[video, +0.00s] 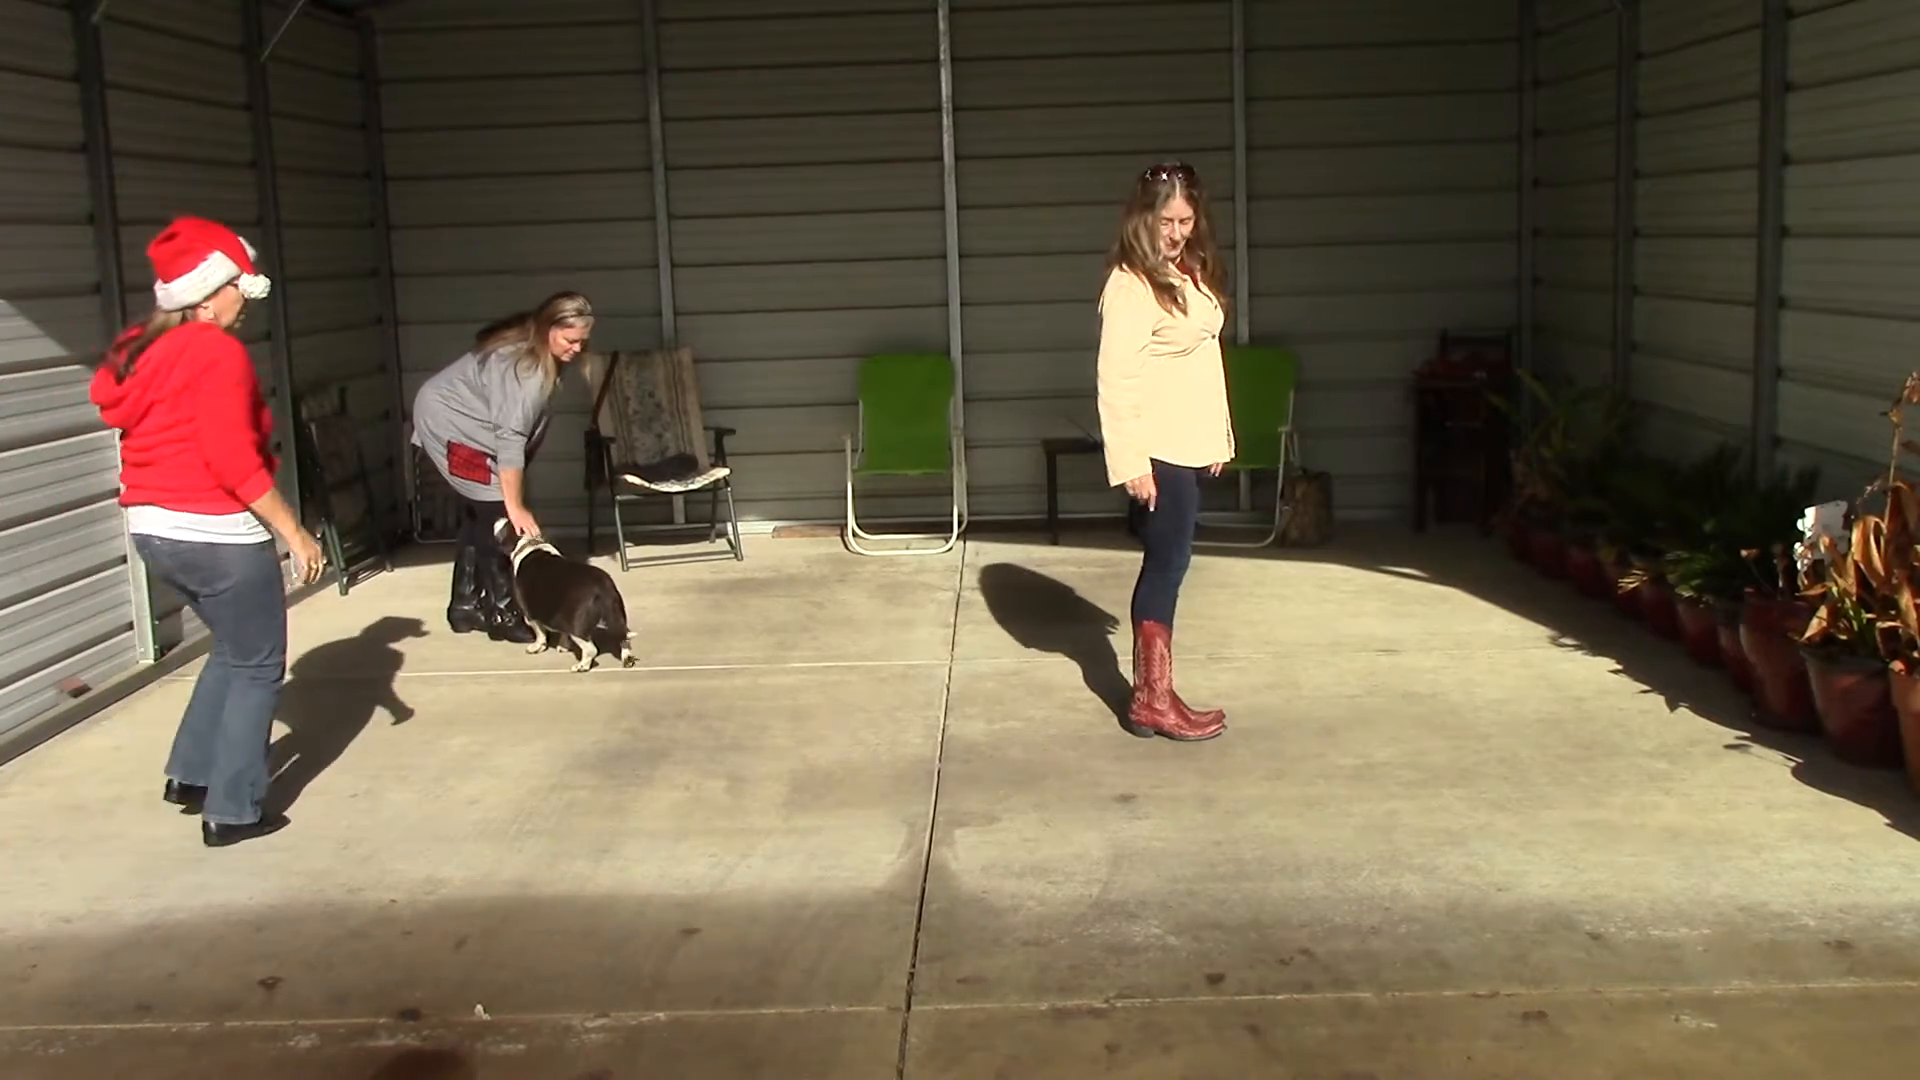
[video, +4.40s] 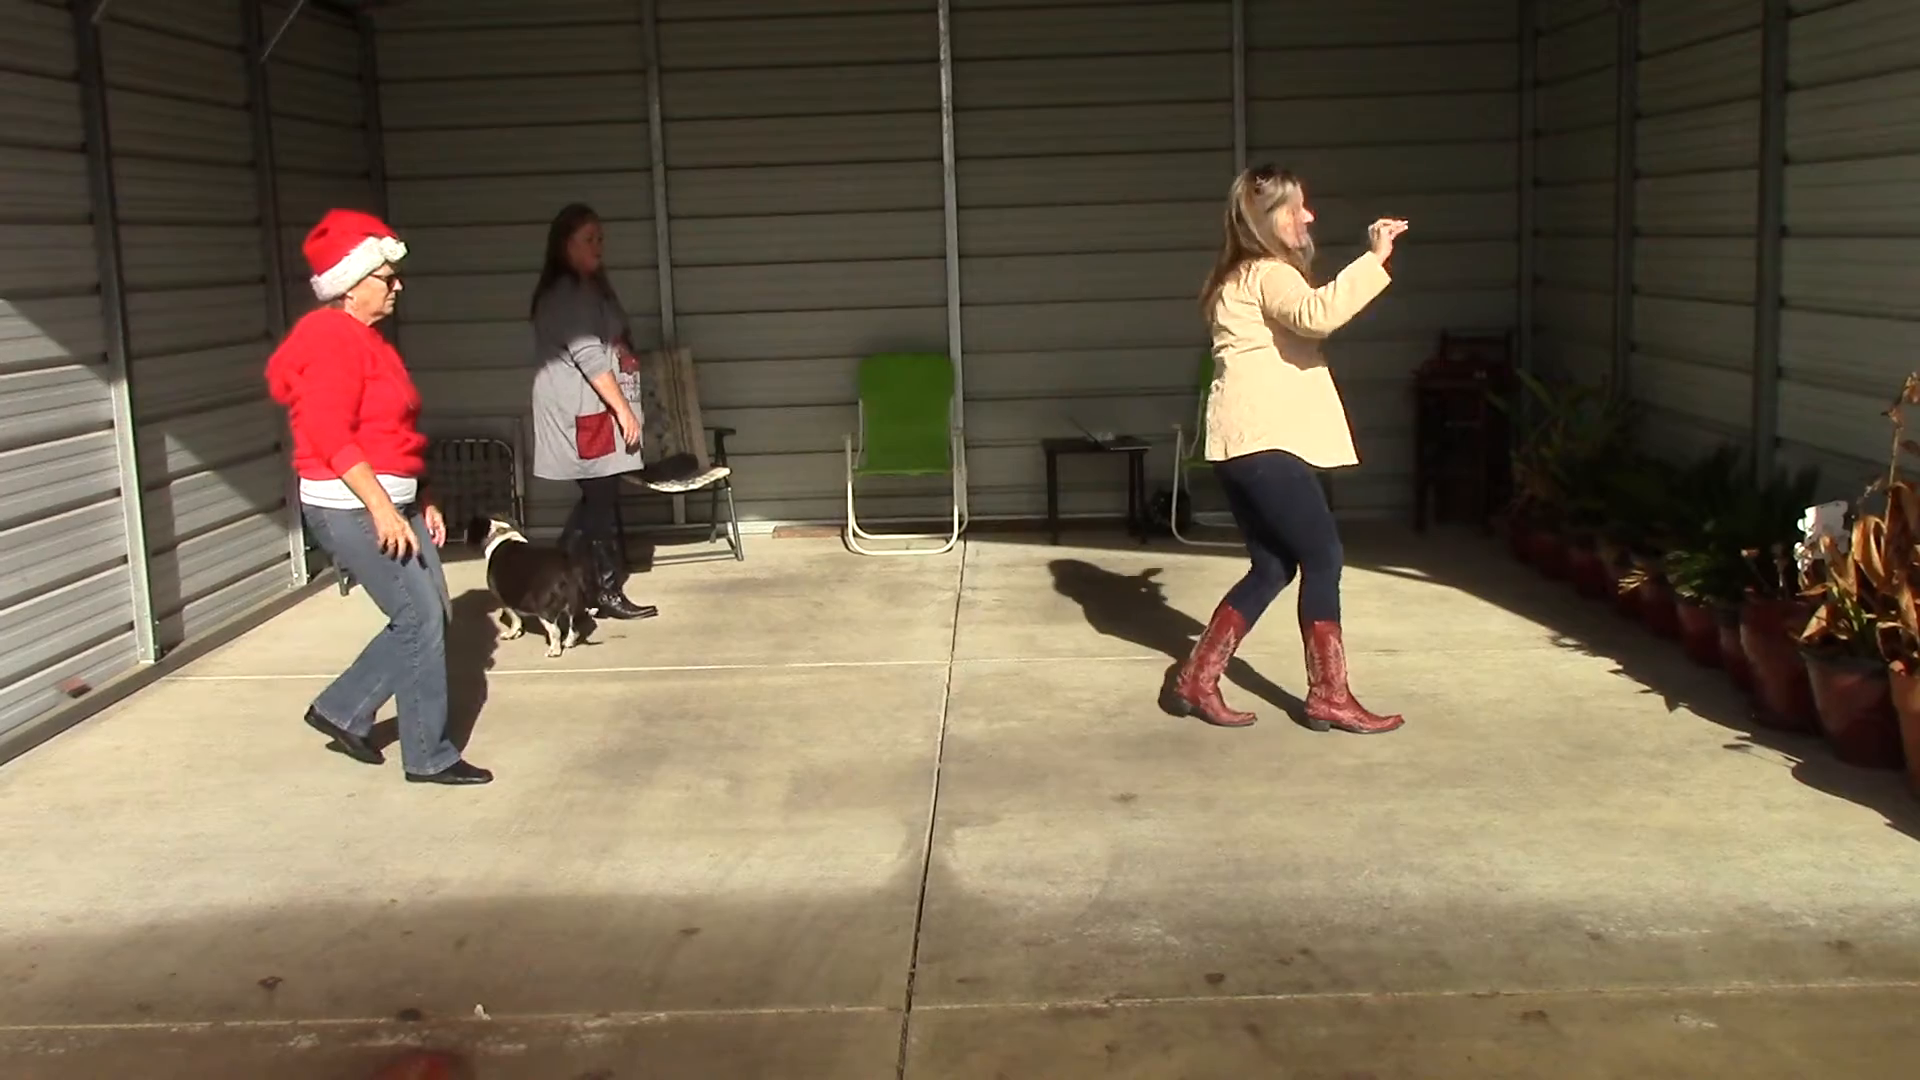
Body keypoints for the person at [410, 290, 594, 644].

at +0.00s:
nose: (576, 349)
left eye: (581, 342)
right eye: (571, 341)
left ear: (585, 335)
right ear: (549, 330)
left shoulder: (533, 352)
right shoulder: (526, 368)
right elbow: (510, 441)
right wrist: (515, 508)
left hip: (453, 411)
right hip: (445, 416)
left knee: (480, 507)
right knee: (494, 508)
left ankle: (464, 604)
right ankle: (502, 611)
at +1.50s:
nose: (572, 300)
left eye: (576, 291)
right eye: (563, 291)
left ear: (580, 291)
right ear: (541, 290)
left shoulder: (566, 332)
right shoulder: (518, 336)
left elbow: (553, 393)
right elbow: (513, 407)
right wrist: (530, 464)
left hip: (515, 419)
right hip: (477, 419)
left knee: (516, 507)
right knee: (505, 509)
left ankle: (512, 605)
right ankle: (500, 611)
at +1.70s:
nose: (569, 272)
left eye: (572, 264)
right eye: (560, 264)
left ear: (577, 266)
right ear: (536, 268)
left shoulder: (568, 311)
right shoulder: (525, 324)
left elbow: (564, 378)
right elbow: (522, 395)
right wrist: (535, 451)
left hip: (547, 429)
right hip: (509, 432)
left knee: (549, 517)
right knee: (516, 521)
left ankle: (548, 603)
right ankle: (509, 608)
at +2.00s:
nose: (561, 249)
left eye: (564, 241)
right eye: (551, 242)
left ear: (568, 245)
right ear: (531, 248)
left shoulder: (572, 290)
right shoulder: (520, 298)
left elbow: (580, 351)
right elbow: (542, 364)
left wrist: (595, 394)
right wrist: (581, 415)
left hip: (559, 408)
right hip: (525, 413)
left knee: (556, 505)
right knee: (538, 510)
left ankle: (557, 592)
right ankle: (534, 597)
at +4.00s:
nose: (581, 247)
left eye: (584, 239)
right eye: (572, 240)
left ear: (587, 242)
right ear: (550, 245)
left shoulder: (580, 287)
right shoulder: (547, 293)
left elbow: (593, 342)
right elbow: (562, 358)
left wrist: (606, 360)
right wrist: (589, 411)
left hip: (572, 404)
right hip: (556, 408)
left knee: (576, 500)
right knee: (587, 498)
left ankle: (574, 589)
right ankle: (594, 590)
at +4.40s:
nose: (598, 248)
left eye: (599, 240)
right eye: (589, 240)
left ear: (598, 243)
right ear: (564, 245)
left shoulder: (590, 287)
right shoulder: (564, 294)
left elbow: (607, 345)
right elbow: (588, 359)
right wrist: (622, 409)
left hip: (593, 408)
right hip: (576, 411)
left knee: (597, 496)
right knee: (601, 497)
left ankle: (565, 580)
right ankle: (607, 591)